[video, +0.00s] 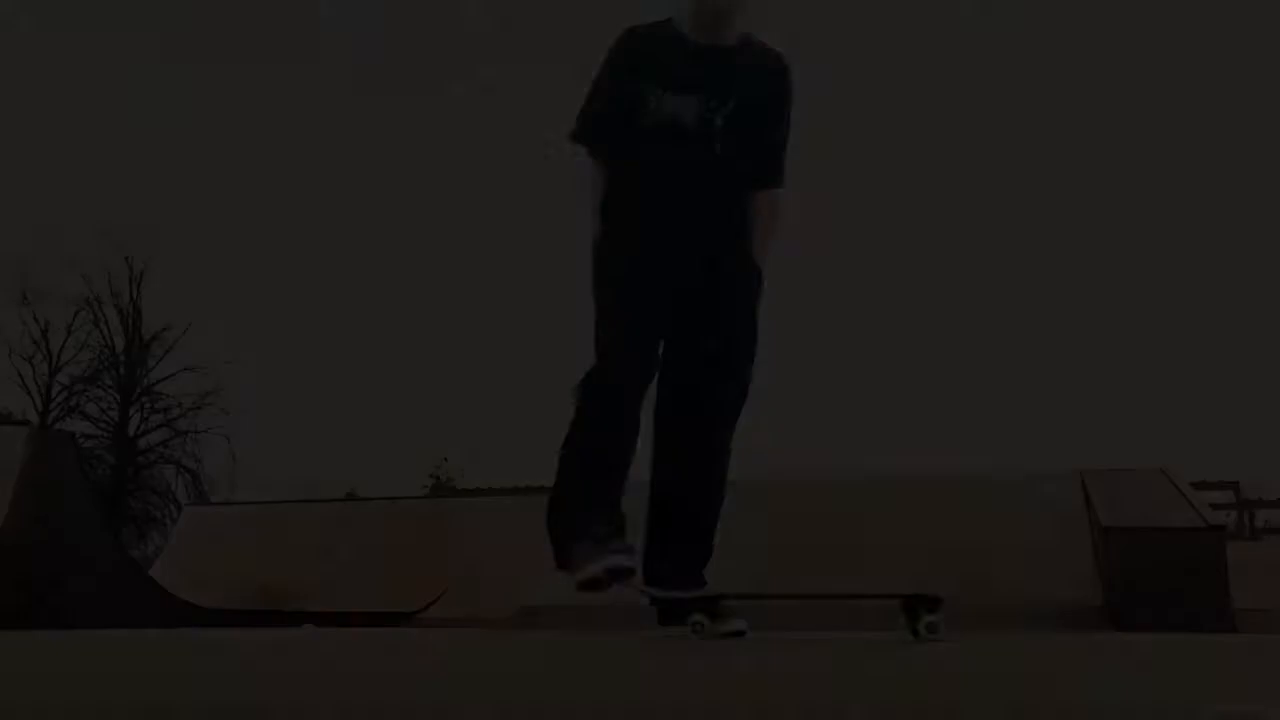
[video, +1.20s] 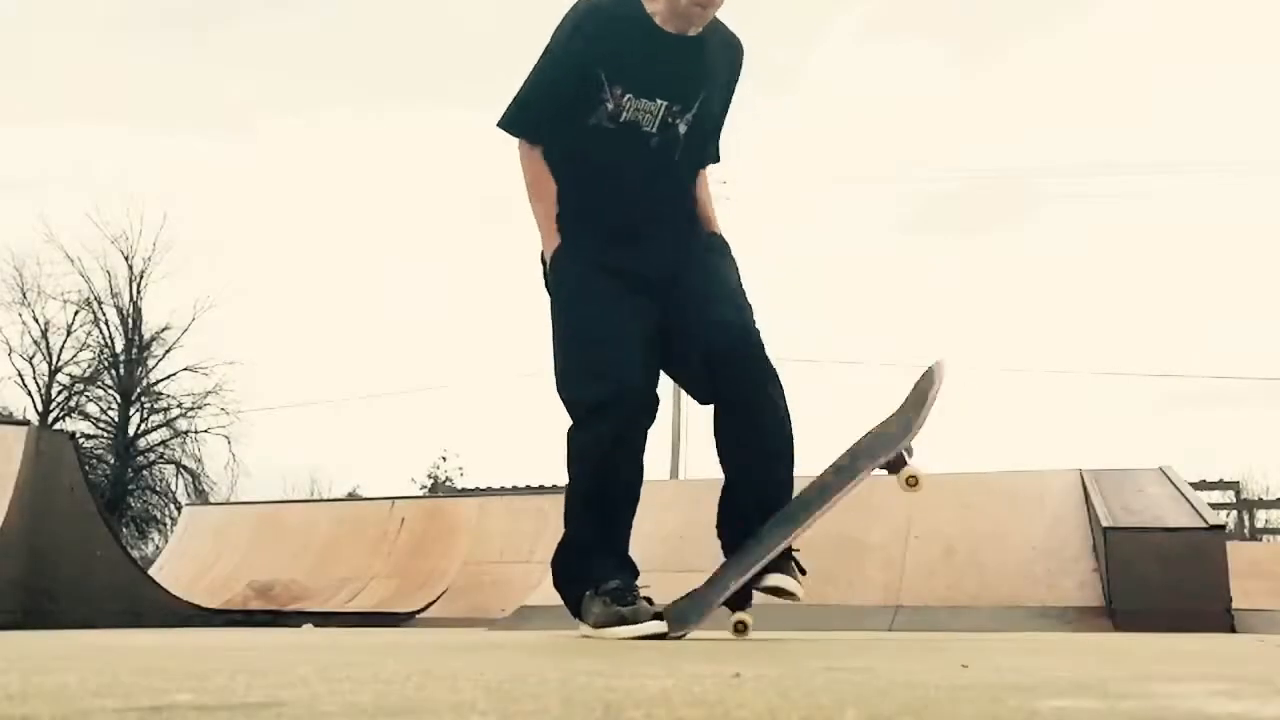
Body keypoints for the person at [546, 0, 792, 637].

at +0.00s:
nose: (722, 13)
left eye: (729, 7)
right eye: (716, 6)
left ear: (738, 10)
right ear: (700, 3)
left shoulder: (765, 70)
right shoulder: (638, 50)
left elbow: (764, 187)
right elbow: (599, 158)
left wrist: (753, 270)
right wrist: (614, 244)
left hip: (720, 278)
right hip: (634, 269)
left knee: (700, 430)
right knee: (614, 398)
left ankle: (680, 584)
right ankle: (584, 540)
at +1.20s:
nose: (712, 0)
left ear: (720, 1)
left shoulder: (724, 51)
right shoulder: (595, 20)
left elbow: (694, 165)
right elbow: (532, 136)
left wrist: (715, 249)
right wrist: (555, 250)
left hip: (683, 254)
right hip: (594, 257)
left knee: (753, 390)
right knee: (615, 408)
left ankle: (754, 550)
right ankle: (597, 581)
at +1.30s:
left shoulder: (738, 7)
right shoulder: (586, 8)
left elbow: (711, 101)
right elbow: (549, 85)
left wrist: (715, 197)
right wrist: (556, 191)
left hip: (689, 189)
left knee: (727, 329)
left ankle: (690, 474)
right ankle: (594, 564)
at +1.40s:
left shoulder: (744, 6)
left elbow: (738, 64)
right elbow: (560, 34)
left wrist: (727, 154)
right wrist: (554, 125)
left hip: (692, 140)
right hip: (595, 129)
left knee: (682, 296)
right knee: (606, 277)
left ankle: (653, 478)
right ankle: (569, 468)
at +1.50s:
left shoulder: (755, 6)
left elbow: (753, 49)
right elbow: (572, 16)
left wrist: (734, 137)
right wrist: (559, 90)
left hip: (688, 107)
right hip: (595, 89)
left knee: (666, 293)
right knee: (583, 208)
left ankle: (641, 481)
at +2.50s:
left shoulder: (664, 8)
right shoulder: (495, 4)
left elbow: (673, 46)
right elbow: (499, 53)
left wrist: (663, 154)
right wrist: (489, 136)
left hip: (622, 128)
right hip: (523, 122)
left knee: (606, 318)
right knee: (480, 213)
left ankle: (599, 496)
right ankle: (459, 368)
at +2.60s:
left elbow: (637, 14)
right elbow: (464, 34)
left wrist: (625, 117)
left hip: (583, 100)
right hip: (481, 90)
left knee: (584, 290)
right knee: (429, 158)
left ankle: (589, 486)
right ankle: (454, 313)